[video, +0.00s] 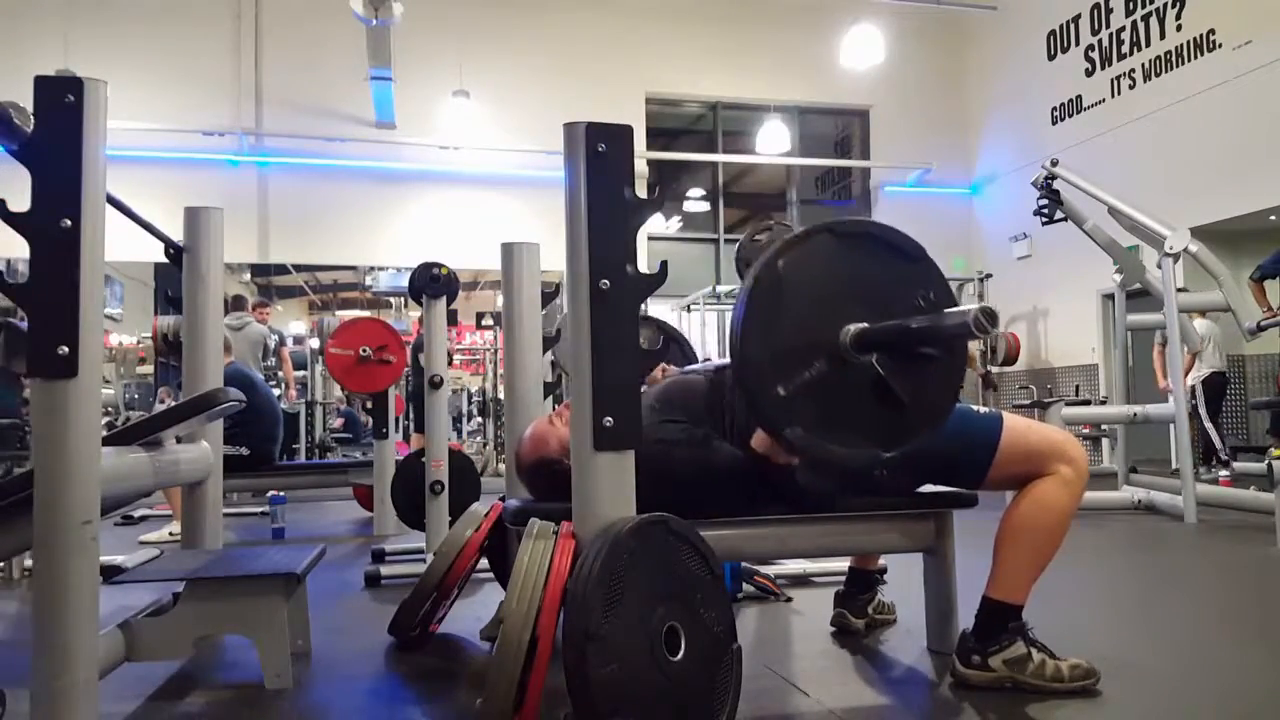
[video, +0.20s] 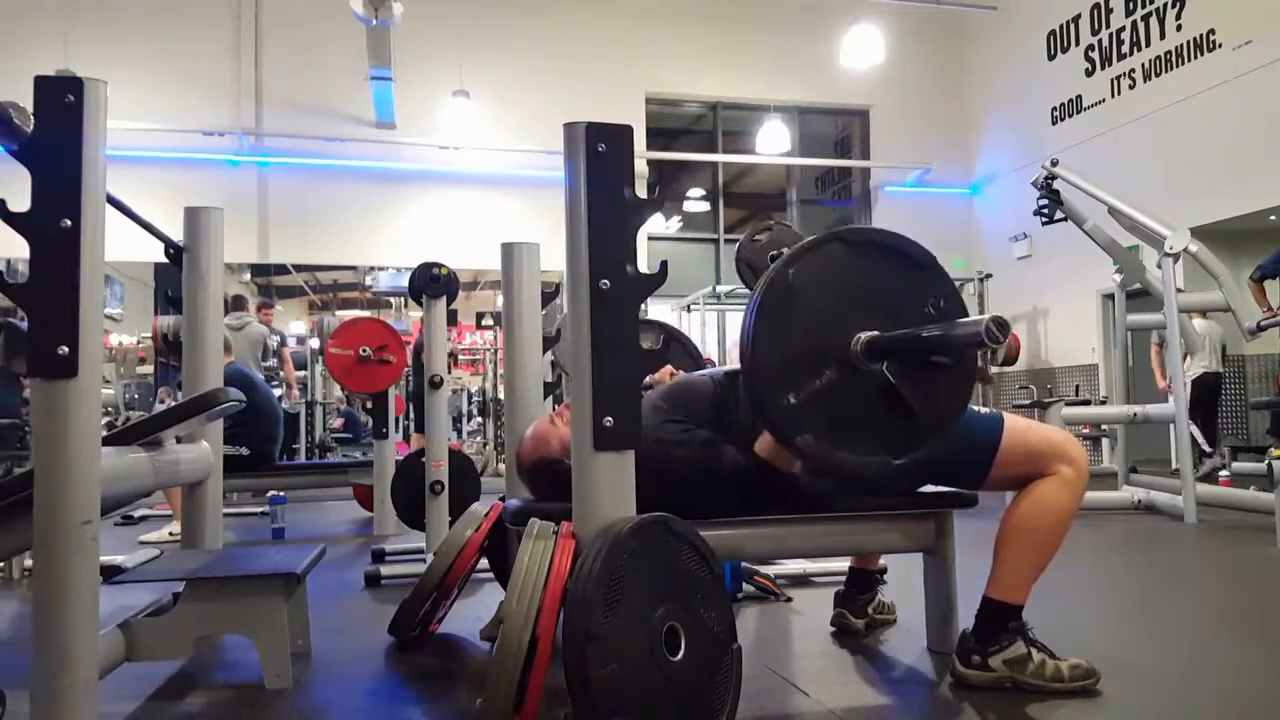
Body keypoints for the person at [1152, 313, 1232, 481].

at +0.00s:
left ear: (1190, 312)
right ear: (1205, 311)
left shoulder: (1194, 326)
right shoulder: (1214, 326)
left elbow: (1191, 355)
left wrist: (1180, 377)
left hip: (1204, 377)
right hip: (1221, 374)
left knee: (1205, 421)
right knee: (1210, 421)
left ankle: (1224, 462)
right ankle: (1206, 463)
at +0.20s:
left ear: (1189, 313)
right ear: (1206, 312)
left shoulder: (1187, 327)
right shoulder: (1218, 328)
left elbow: (1182, 354)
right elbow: (1223, 353)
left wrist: (1173, 377)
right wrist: (1216, 367)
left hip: (1196, 375)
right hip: (1216, 374)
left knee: (1189, 417)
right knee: (1210, 418)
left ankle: (1209, 453)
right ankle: (1208, 458)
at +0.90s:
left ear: (1170, 315)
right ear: (1192, 314)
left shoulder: (1166, 331)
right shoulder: (1202, 329)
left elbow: (1157, 353)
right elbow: (1210, 352)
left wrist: (1148, 378)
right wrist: (1209, 372)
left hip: (1174, 379)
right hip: (1198, 378)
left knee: (1176, 422)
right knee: (1200, 421)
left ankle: (1178, 462)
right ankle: (1204, 459)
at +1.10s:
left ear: (1165, 316)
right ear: (1187, 316)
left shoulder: (1159, 333)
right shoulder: (1197, 330)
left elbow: (1146, 360)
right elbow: (1212, 348)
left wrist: (1144, 379)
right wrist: (1211, 369)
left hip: (1170, 377)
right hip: (1194, 376)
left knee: (1173, 420)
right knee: (1197, 419)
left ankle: (1177, 460)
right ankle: (1198, 457)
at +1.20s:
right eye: (1188, 314)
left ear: (1167, 316)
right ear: (1188, 316)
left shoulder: (1159, 333)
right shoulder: (1198, 331)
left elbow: (1144, 362)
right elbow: (1216, 351)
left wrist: (1144, 380)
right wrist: (1223, 368)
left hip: (1170, 378)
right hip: (1194, 377)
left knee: (1172, 421)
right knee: (1195, 421)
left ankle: (1176, 459)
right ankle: (1194, 460)